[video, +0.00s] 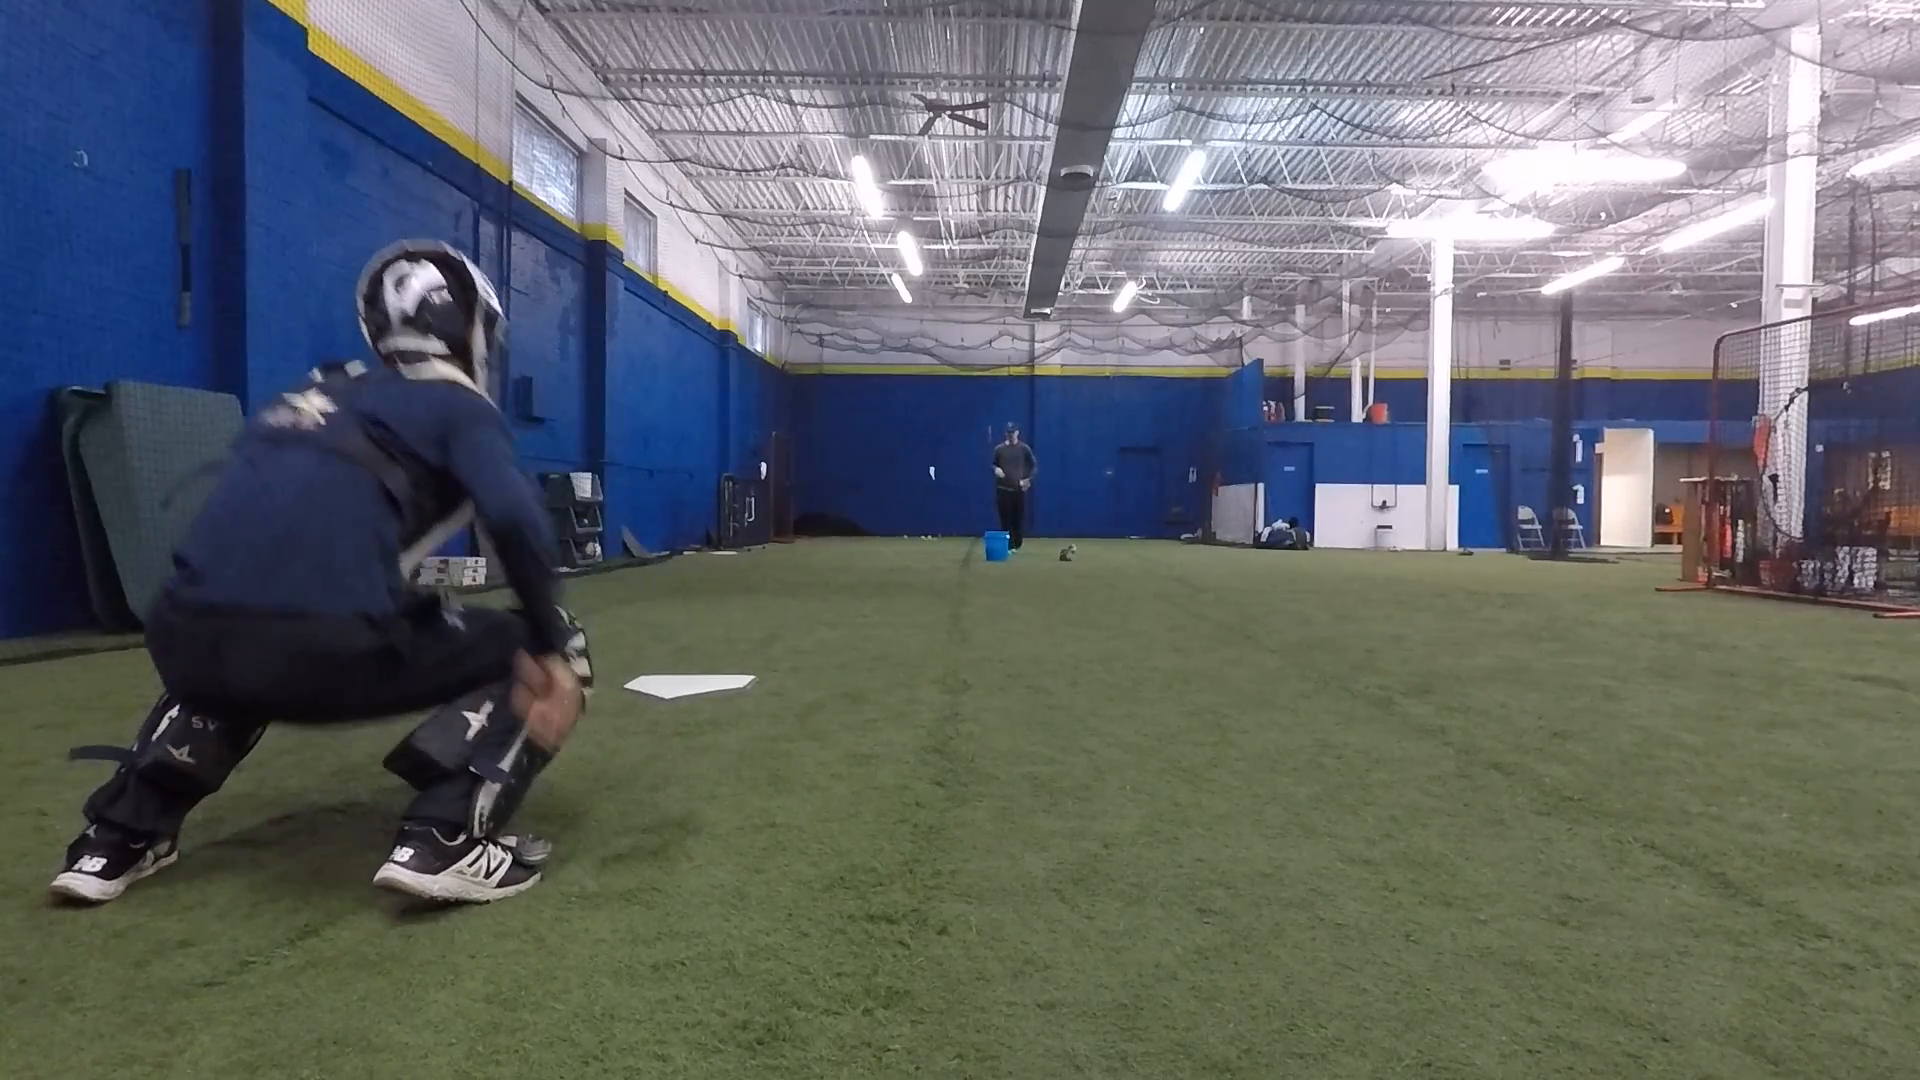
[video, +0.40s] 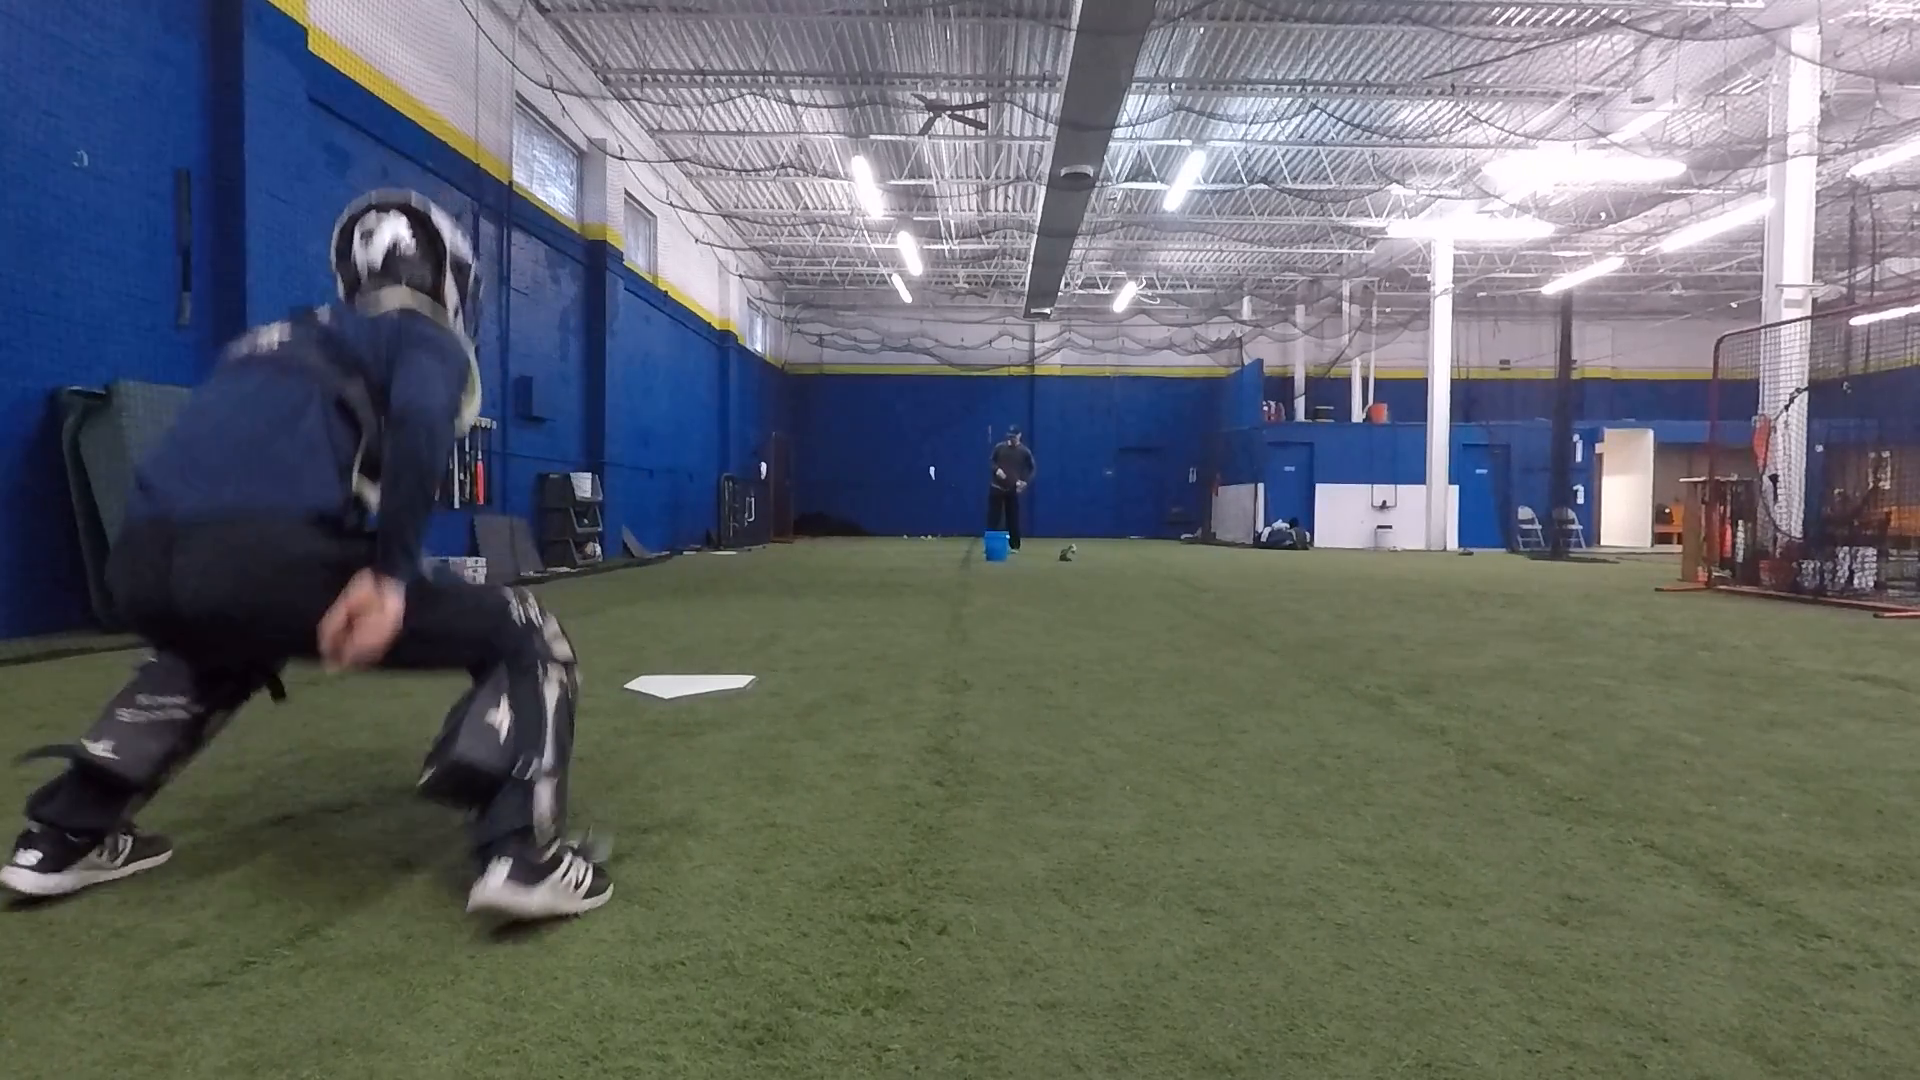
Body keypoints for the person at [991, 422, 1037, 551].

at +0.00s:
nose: (1011, 435)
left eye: (1013, 432)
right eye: (1009, 432)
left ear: (1017, 432)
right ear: (1006, 433)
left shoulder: (1024, 448)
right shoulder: (999, 449)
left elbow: (1034, 467)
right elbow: (993, 463)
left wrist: (1028, 479)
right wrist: (996, 469)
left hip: (1018, 489)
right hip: (1003, 489)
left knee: (1017, 518)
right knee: (1005, 517)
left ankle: (1017, 544)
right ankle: (1007, 544)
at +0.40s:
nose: (1012, 439)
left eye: (1014, 436)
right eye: (1010, 436)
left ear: (1019, 436)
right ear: (1007, 436)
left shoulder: (1025, 452)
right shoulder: (1000, 448)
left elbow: (1032, 469)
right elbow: (991, 461)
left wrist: (1025, 482)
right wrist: (996, 470)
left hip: (1013, 489)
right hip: (997, 487)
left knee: (1013, 518)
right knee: (994, 516)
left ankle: (1014, 545)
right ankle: (990, 545)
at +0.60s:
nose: (1006, 437)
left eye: (1008, 434)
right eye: (1004, 434)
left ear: (1013, 435)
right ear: (1001, 435)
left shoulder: (1019, 451)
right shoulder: (993, 448)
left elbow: (1026, 468)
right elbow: (986, 464)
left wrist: (1021, 481)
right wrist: (992, 471)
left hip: (1008, 490)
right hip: (991, 489)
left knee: (1011, 518)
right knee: (981, 515)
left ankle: (1014, 546)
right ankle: (971, 543)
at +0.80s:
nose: (991, 438)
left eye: (993, 436)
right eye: (989, 436)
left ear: (999, 436)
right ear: (987, 437)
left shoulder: (1006, 452)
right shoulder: (981, 451)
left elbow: (1014, 469)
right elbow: (976, 467)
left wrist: (1011, 482)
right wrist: (981, 473)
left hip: (999, 492)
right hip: (983, 492)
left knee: (1005, 520)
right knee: (973, 519)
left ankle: (1014, 545)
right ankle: (963, 544)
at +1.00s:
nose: (975, 438)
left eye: (977, 435)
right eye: (974, 436)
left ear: (983, 435)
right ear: (972, 437)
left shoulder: (993, 451)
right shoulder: (967, 452)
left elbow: (999, 467)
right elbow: (963, 466)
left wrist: (997, 478)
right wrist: (964, 473)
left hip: (987, 491)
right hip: (971, 491)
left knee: (996, 518)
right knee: (966, 520)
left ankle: (1009, 543)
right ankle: (963, 545)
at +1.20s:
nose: (967, 439)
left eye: (968, 436)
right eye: (965, 437)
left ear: (974, 435)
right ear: (962, 438)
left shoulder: (984, 450)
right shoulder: (959, 451)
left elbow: (991, 466)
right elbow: (956, 466)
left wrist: (983, 475)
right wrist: (956, 471)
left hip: (980, 489)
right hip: (965, 489)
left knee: (985, 514)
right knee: (964, 518)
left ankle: (990, 542)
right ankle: (962, 544)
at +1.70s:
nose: (966, 437)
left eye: (967, 434)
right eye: (964, 435)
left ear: (972, 434)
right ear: (961, 436)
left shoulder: (981, 449)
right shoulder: (957, 451)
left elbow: (989, 466)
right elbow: (953, 465)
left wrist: (978, 470)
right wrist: (954, 470)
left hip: (976, 489)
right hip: (962, 489)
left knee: (977, 517)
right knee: (962, 518)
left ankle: (981, 544)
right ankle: (962, 545)